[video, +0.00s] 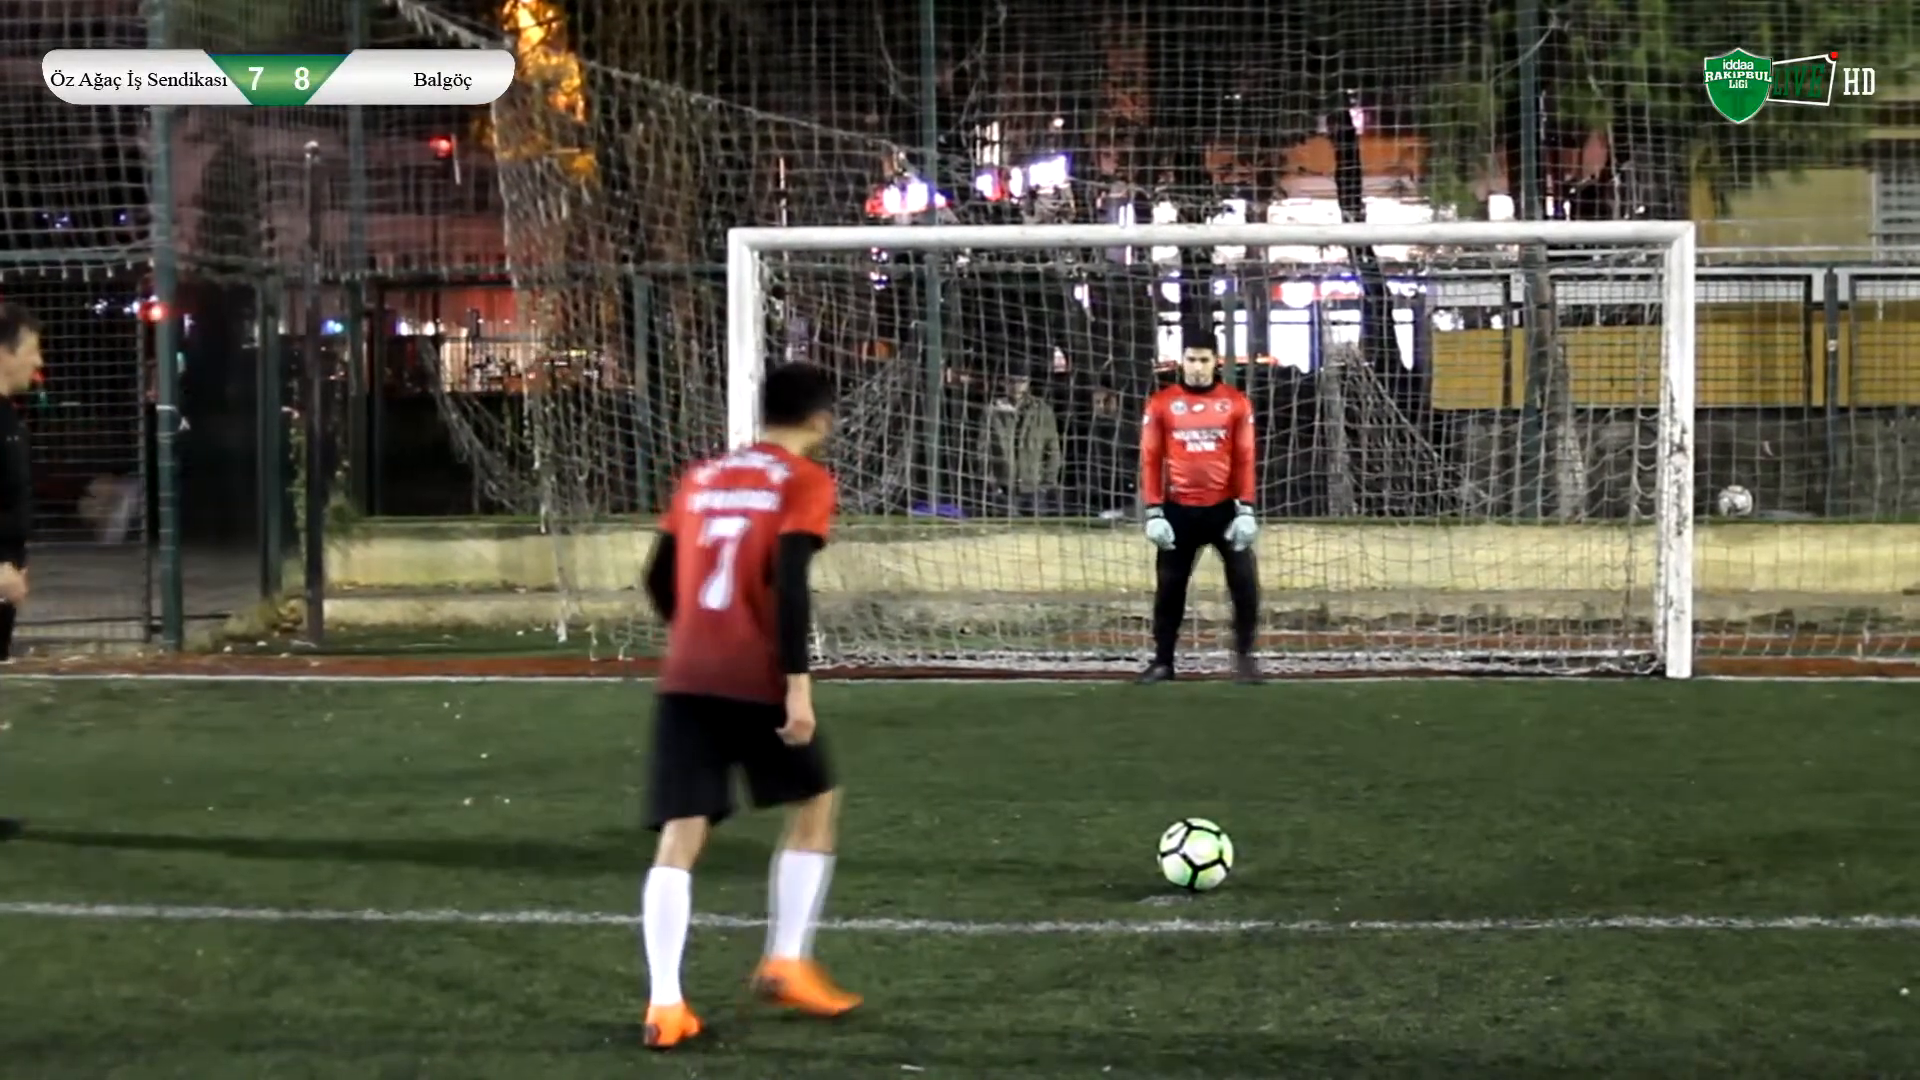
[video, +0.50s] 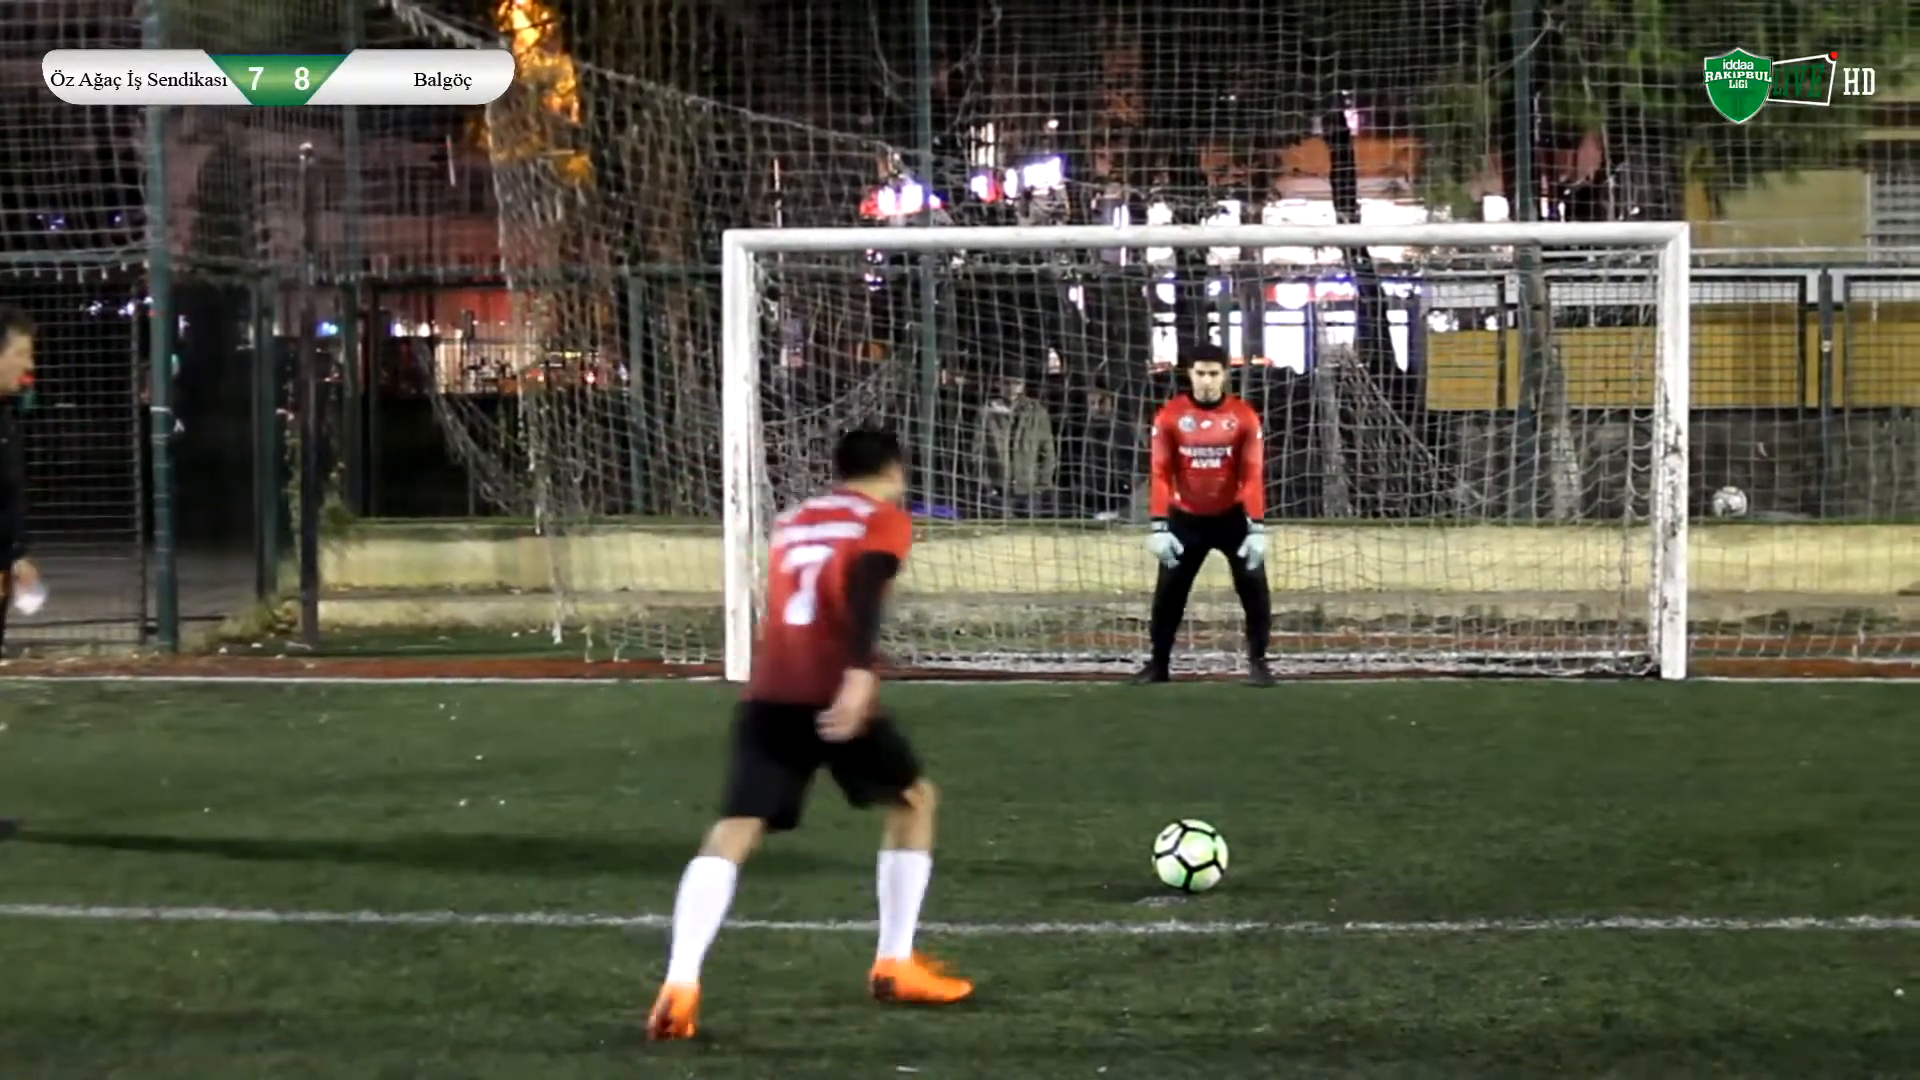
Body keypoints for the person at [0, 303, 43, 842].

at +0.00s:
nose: (38, 365)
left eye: (37, 353)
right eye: (31, 352)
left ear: (15, 354)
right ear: (7, 354)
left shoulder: (14, 420)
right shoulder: (5, 423)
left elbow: (17, 500)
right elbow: (8, 500)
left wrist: (16, 561)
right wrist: (5, 566)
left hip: (7, 579)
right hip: (1, 580)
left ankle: (1, 816)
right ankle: (0, 817)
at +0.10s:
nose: (38, 366)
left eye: (38, 354)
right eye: (31, 354)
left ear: (16, 356)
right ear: (5, 355)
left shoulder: (16, 420)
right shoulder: (7, 423)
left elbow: (16, 502)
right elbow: (8, 502)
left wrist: (12, 565)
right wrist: (3, 570)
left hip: (6, 579)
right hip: (1, 580)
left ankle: (1, 815)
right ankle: (0, 816)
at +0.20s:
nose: (34, 369)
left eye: (35, 357)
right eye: (28, 356)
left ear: (16, 357)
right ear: (3, 356)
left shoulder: (14, 419)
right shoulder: (6, 422)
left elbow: (17, 495)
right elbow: (10, 497)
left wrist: (21, 554)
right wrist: (4, 564)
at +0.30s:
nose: (32, 368)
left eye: (32, 356)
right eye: (26, 356)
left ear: (16, 355)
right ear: (2, 354)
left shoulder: (12, 417)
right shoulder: (6, 419)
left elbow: (11, 498)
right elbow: (9, 500)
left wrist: (30, 549)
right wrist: (21, 553)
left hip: (7, 569)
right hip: (2, 571)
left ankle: (3, 815)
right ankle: (1, 816)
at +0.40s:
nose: (29, 373)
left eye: (30, 361)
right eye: (23, 361)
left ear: (15, 359)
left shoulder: (10, 417)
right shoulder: (4, 420)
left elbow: (10, 495)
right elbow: (7, 497)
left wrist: (19, 553)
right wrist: (16, 554)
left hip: (4, 570)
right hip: (1, 570)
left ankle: (1, 815)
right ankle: (0, 816)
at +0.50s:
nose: (27, 371)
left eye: (28, 359)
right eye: (20, 359)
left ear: (19, 359)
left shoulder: (12, 415)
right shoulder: (6, 418)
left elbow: (12, 492)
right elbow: (8, 493)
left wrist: (17, 552)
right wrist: (16, 553)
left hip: (6, 566)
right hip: (4, 566)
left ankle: (3, 816)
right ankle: (1, 816)